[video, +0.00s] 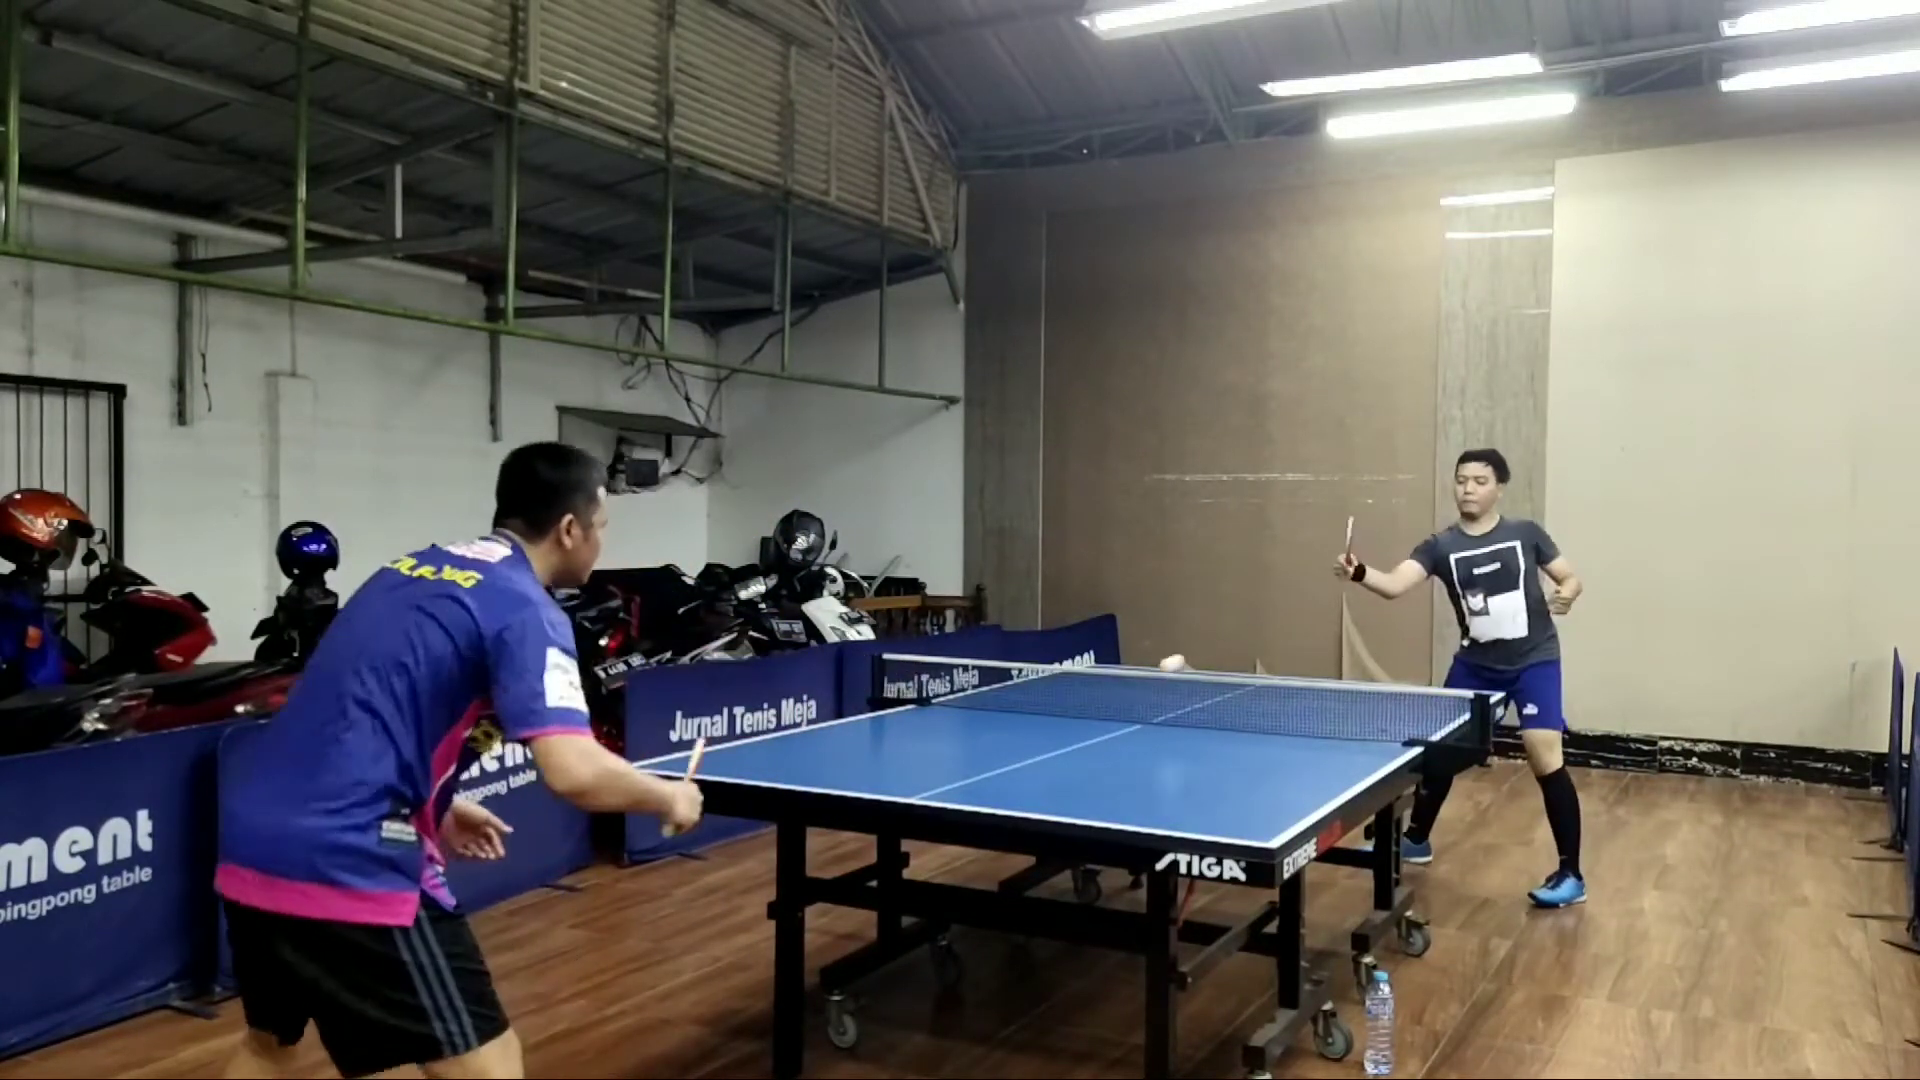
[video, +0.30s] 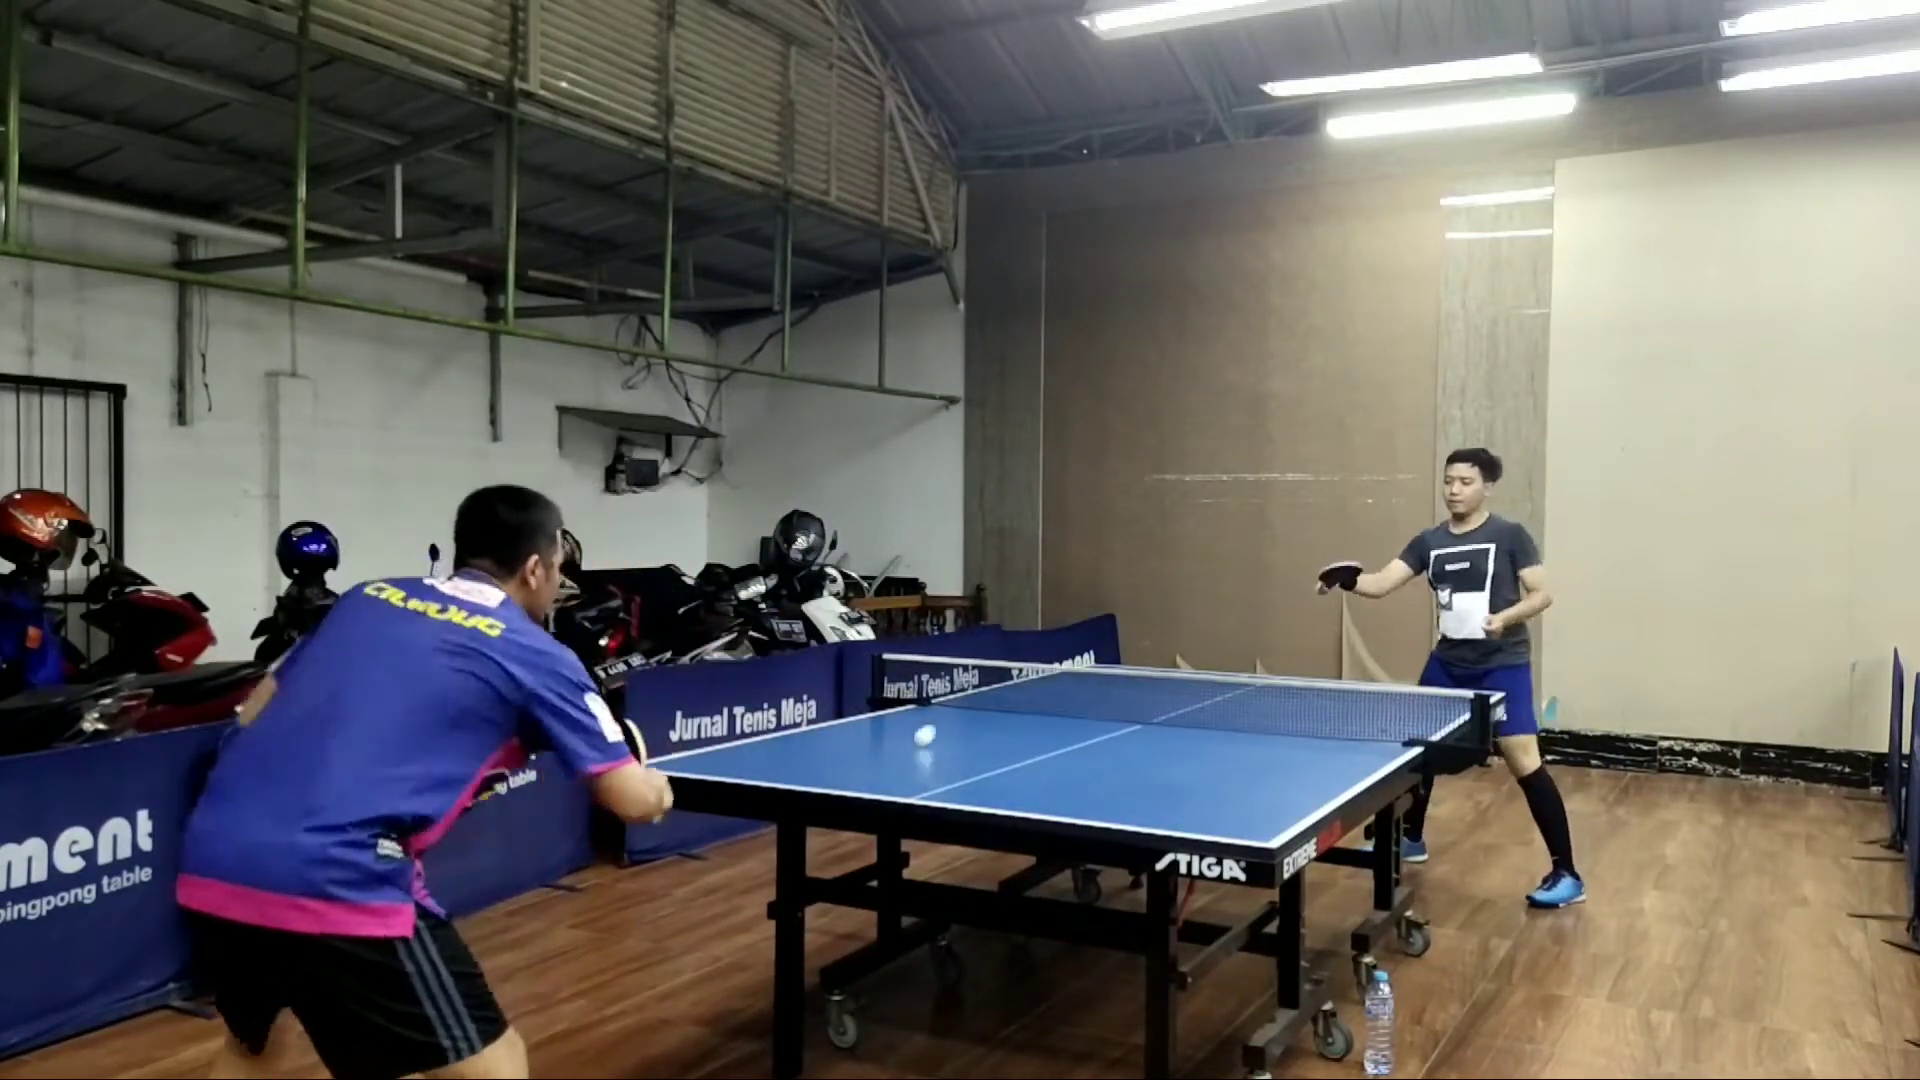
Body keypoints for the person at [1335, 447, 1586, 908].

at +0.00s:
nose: (1469, 489)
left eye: (1480, 481)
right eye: (1462, 481)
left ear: (1499, 488)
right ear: (1454, 488)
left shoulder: (1525, 532)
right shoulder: (1441, 546)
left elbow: (1569, 579)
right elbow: (1395, 584)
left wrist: (1565, 594)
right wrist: (1359, 572)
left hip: (1534, 660)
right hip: (1477, 661)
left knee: (1544, 754)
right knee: (1440, 747)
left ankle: (1570, 874)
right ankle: (1416, 837)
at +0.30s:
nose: (1455, 489)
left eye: (1466, 482)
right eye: (1450, 481)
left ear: (1487, 488)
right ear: (1443, 486)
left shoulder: (1510, 536)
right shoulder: (1429, 541)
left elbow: (1542, 594)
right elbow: (1381, 583)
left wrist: (1504, 617)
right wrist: (1346, 578)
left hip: (1503, 668)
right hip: (1446, 664)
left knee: (1525, 765)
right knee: (1419, 750)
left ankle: (1566, 873)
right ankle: (1411, 837)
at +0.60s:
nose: (1431, 495)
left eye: (1441, 487)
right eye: (1426, 487)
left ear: (1465, 490)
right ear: (1423, 493)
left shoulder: (1489, 533)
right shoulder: (1425, 552)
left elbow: (1509, 587)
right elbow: (1405, 611)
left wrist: (1443, 600)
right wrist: (1360, 624)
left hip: (1503, 666)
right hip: (1446, 665)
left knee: (1529, 763)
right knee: (1409, 743)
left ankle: (1570, 873)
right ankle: (1410, 836)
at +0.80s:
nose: (1410, 518)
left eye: (1418, 508)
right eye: (1405, 511)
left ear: (1446, 511)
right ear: (1406, 518)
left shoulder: (1468, 547)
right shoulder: (1431, 573)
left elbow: (1465, 596)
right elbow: (1440, 639)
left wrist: (1393, 613)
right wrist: (1387, 671)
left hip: (1509, 670)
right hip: (1461, 670)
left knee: (1517, 768)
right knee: (1402, 735)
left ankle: (1569, 875)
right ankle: (1406, 838)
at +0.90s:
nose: (1392, 538)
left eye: (1400, 528)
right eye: (1388, 531)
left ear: (1427, 528)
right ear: (1394, 536)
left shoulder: (1445, 561)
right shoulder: (1425, 575)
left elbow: (1418, 606)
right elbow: (1447, 648)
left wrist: (1349, 622)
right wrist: (1428, 683)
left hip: (1500, 682)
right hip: (1452, 683)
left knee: (1507, 782)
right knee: (1385, 737)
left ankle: (1568, 876)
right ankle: (1379, 837)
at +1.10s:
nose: (1337, 553)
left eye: (1345, 545)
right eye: (1336, 546)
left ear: (1373, 546)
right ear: (1372, 549)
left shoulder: (1377, 570)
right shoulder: (1383, 580)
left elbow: (1366, 597)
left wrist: (1309, 616)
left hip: (1446, 688)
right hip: (1407, 690)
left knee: (1478, 781)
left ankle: (1564, 873)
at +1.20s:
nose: (1317, 527)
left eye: (1326, 519)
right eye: (1317, 520)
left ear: (1354, 525)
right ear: (1332, 530)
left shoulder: (1374, 551)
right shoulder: (1337, 579)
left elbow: (1388, 586)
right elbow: (1359, 647)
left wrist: (1343, 598)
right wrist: (1331, 665)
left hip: (1425, 666)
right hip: (1378, 673)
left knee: (1470, 755)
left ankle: (1531, 849)